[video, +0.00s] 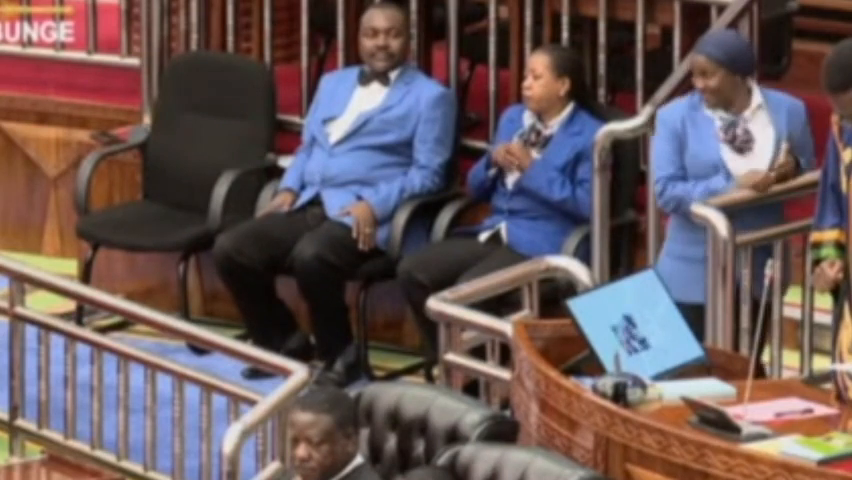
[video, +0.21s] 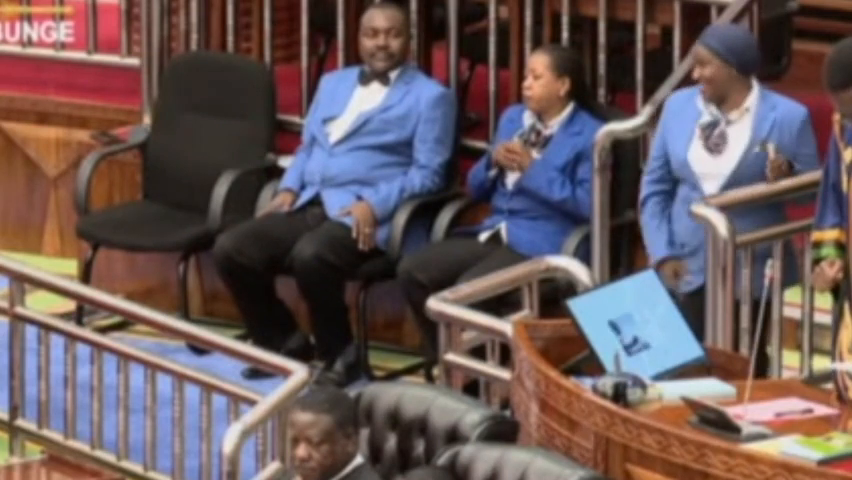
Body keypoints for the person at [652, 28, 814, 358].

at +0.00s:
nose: (698, 84)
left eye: (707, 75)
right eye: (694, 75)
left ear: (739, 73)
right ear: (689, 75)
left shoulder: (789, 111)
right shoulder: (673, 118)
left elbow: (809, 178)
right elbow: (666, 193)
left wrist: (792, 173)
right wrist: (734, 186)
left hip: (757, 276)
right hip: (690, 277)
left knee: (745, 378)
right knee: (688, 376)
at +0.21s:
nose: (695, 74)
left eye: (703, 65)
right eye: (694, 64)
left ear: (736, 67)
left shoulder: (789, 118)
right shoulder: (677, 108)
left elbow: (811, 191)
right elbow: (655, 187)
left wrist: (787, 180)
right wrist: (662, 255)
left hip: (754, 279)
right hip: (688, 276)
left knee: (748, 379)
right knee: (683, 376)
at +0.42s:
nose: (681, 74)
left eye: (689, 65)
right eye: (681, 64)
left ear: (719, 68)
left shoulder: (776, 119)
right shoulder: (673, 103)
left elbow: (800, 189)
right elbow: (653, 182)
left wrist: (753, 184)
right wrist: (640, 253)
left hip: (740, 274)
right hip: (675, 267)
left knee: (735, 372)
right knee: (668, 363)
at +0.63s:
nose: (673, 72)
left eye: (680, 63)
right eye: (672, 63)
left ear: (711, 68)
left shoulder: (767, 119)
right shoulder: (670, 101)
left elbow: (786, 191)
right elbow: (651, 181)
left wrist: (722, 195)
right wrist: (637, 252)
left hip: (734, 273)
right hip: (670, 265)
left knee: (728, 370)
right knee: (662, 359)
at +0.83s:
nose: (620, 65)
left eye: (626, 56)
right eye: (620, 56)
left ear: (654, 61)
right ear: (647, 61)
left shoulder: (698, 116)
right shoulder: (635, 105)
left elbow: (705, 200)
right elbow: (624, 196)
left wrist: (646, 247)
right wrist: (612, 251)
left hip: (677, 278)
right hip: (628, 271)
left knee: (675, 377)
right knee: (628, 368)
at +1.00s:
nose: (594, 64)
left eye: (600, 55)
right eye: (595, 55)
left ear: (625, 58)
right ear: (622, 58)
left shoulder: (656, 112)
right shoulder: (620, 102)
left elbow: (659, 198)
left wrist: (617, 259)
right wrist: (594, 251)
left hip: (650, 271)